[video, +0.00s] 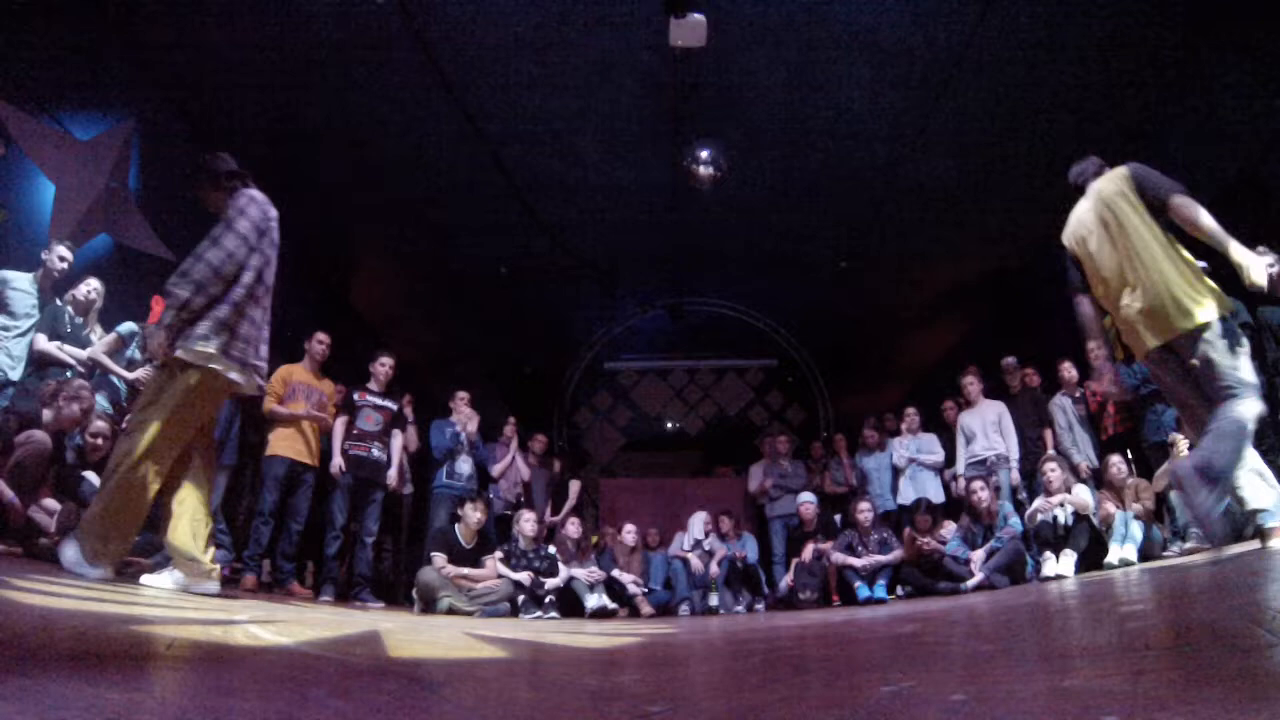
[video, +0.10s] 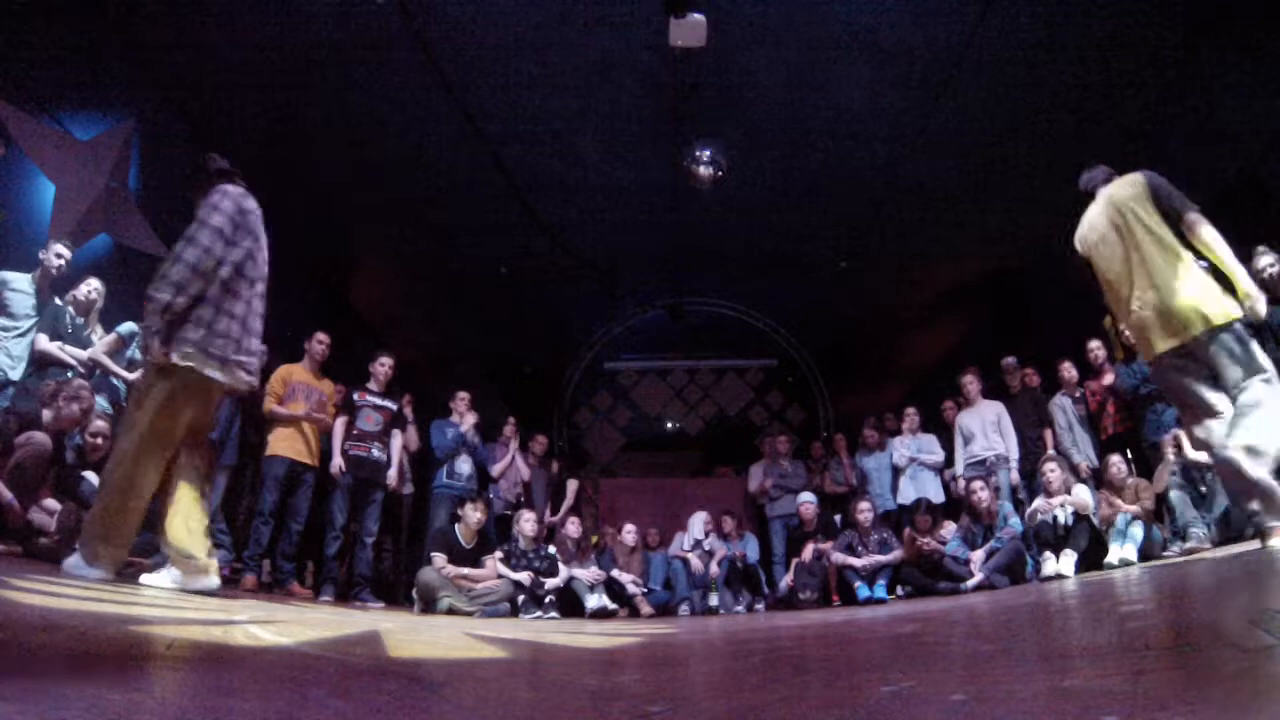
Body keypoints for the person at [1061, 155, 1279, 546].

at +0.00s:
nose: (1107, 171)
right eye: (1105, 168)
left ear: (1075, 190)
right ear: (1104, 169)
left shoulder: (1070, 233)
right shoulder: (1127, 176)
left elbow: (1083, 302)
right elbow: (1184, 210)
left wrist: (1100, 362)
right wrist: (1237, 252)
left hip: (1142, 337)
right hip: (1187, 305)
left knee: (1207, 423)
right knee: (1243, 396)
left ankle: (1267, 511)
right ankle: (1201, 472)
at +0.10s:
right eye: (1110, 175)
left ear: (1087, 196)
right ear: (1112, 175)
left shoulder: (1081, 235)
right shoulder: (1140, 182)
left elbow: (1108, 294)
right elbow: (1197, 228)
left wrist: (1126, 331)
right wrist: (1245, 286)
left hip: (1149, 331)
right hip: (1195, 301)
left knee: (1210, 421)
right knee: (1257, 381)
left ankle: (1266, 517)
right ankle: (1247, 454)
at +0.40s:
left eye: (1106, 210)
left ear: (1105, 208)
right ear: (1135, 192)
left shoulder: (1102, 243)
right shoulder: (1170, 201)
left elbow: (1120, 303)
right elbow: (1219, 249)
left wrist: (1152, 328)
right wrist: (1234, 303)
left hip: (1168, 332)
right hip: (1218, 314)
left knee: (1217, 428)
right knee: (1262, 417)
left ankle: (1268, 514)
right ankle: (1277, 507)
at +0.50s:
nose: (1115, 225)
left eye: (1113, 221)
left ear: (1115, 217)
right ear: (1144, 204)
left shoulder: (1113, 250)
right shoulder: (1181, 215)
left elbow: (1123, 310)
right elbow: (1228, 260)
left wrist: (1152, 327)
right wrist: (1242, 317)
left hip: (1175, 342)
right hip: (1222, 329)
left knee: (1220, 432)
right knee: (1256, 424)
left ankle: (1265, 513)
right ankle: (1273, 507)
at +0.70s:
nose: (1122, 244)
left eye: (1120, 240)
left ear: (1123, 234)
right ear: (1150, 223)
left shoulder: (1124, 252)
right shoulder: (1191, 237)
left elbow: (1122, 301)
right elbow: (1230, 284)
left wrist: (1144, 342)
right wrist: (1254, 338)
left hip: (1182, 352)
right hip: (1228, 346)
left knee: (1199, 430)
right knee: (1247, 434)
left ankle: (1255, 471)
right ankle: (1269, 523)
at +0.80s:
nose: (1116, 252)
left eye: (1116, 248)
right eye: (1116, 249)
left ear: (1118, 241)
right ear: (1142, 231)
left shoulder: (1124, 252)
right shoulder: (1188, 246)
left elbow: (1127, 290)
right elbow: (1228, 293)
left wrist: (1143, 341)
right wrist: (1254, 339)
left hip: (1181, 348)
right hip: (1226, 345)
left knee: (1184, 431)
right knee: (1243, 434)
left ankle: (1252, 468)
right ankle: (1270, 517)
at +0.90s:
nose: (1110, 262)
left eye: (1109, 257)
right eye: (1108, 258)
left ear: (1113, 246)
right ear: (1133, 236)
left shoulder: (1122, 253)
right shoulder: (1178, 254)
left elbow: (1134, 286)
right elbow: (1222, 300)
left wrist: (1145, 334)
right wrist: (1247, 344)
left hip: (1181, 349)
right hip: (1220, 346)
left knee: (1178, 434)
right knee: (1241, 432)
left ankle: (1238, 503)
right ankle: (1273, 512)